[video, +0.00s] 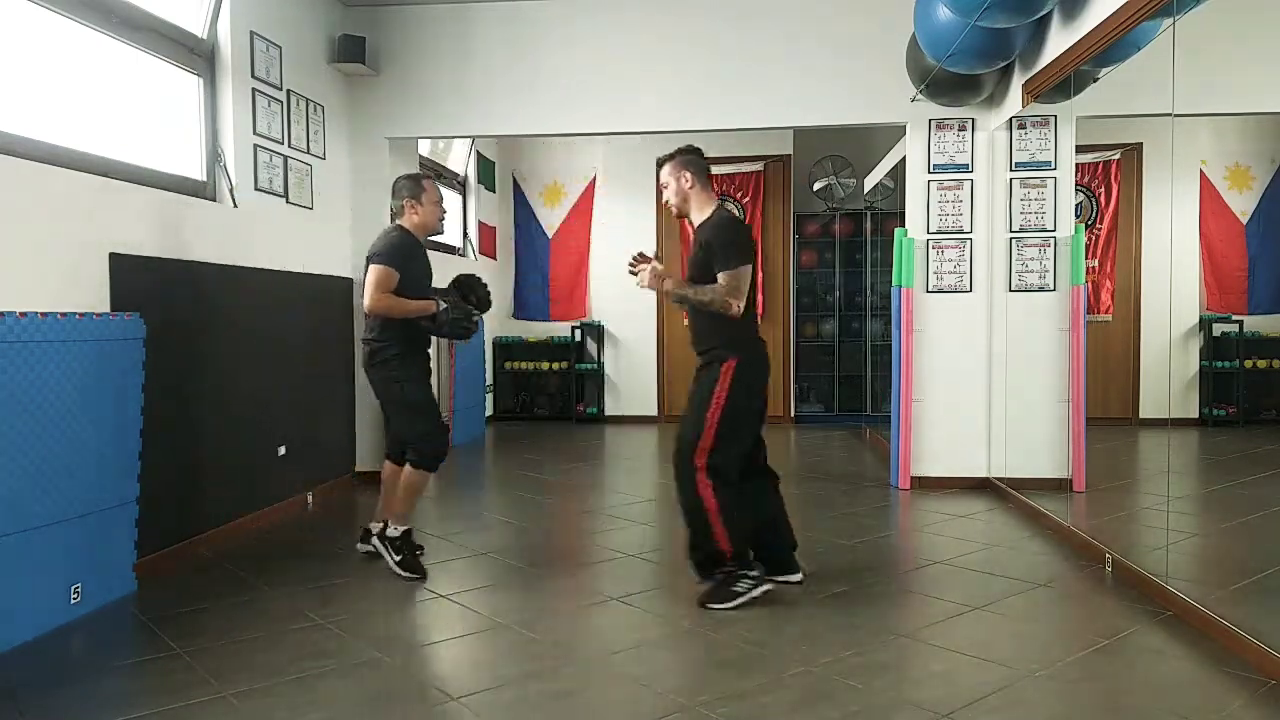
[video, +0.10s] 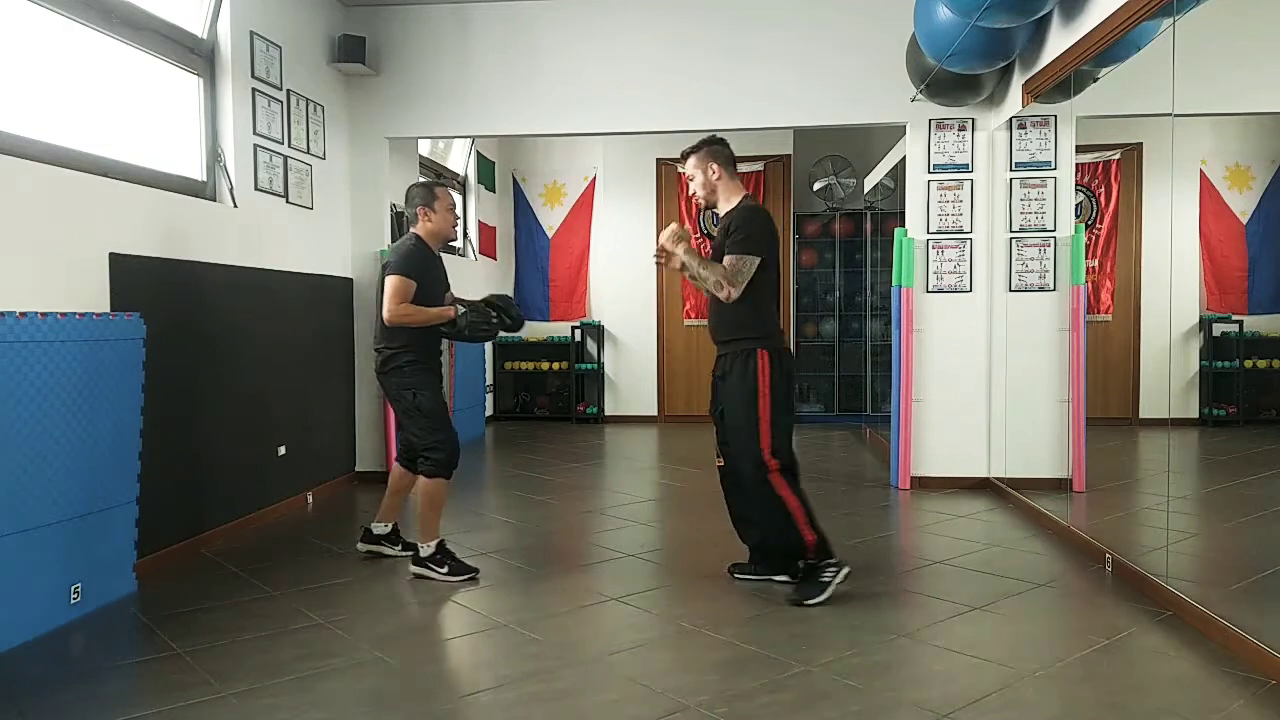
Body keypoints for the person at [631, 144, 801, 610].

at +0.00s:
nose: (664, 197)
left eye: (667, 186)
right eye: (662, 188)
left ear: (687, 180)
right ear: (689, 182)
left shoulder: (724, 225)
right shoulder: (708, 229)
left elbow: (733, 300)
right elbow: (707, 299)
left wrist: (667, 283)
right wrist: (663, 280)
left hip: (733, 361)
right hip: (728, 359)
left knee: (695, 460)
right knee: (744, 460)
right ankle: (780, 561)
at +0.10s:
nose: (689, 188)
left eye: (692, 177)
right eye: (688, 180)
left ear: (715, 171)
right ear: (716, 173)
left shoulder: (751, 219)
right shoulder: (722, 224)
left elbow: (728, 285)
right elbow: (720, 281)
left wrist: (684, 253)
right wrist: (684, 259)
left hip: (758, 358)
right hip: (732, 359)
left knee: (764, 461)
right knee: (735, 463)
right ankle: (769, 558)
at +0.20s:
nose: (715, 183)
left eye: (716, 173)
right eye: (712, 175)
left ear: (741, 166)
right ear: (742, 168)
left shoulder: (770, 209)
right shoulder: (749, 214)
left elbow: (721, 262)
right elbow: (713, 266)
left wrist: (700, 221)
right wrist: (700, 224)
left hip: (780, 352)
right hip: (751, 354)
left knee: (804, 453)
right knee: (754, 458)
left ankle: (866, 549)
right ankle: (775, 557)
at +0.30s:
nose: (733, 189)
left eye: (735, 179)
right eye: (730, 182)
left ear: (758, 170)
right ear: (759, 173)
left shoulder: (790, 210)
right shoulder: (765, 218)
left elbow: (724, 255)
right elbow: (735, 271)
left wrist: (706, 212)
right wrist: (711, 218)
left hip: (809, 359)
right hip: (772, 361)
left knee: (838, 462)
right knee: (752, 458)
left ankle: (883, 563)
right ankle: (774, 555)